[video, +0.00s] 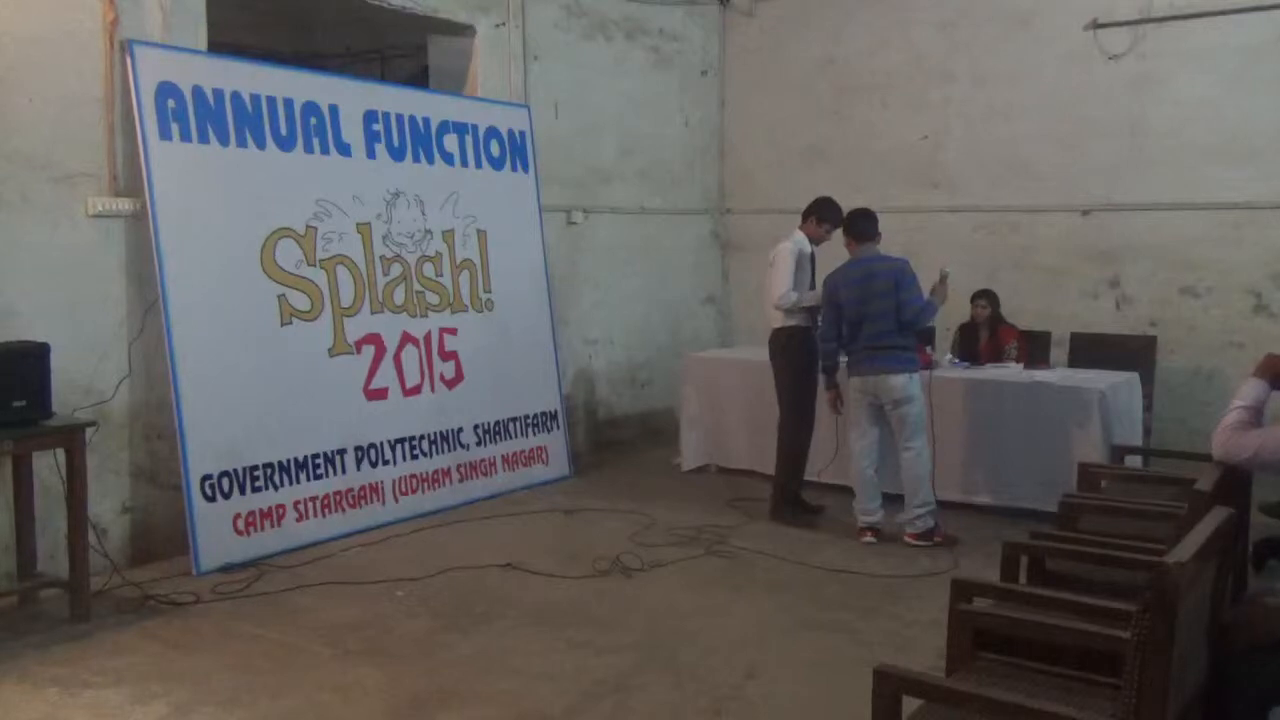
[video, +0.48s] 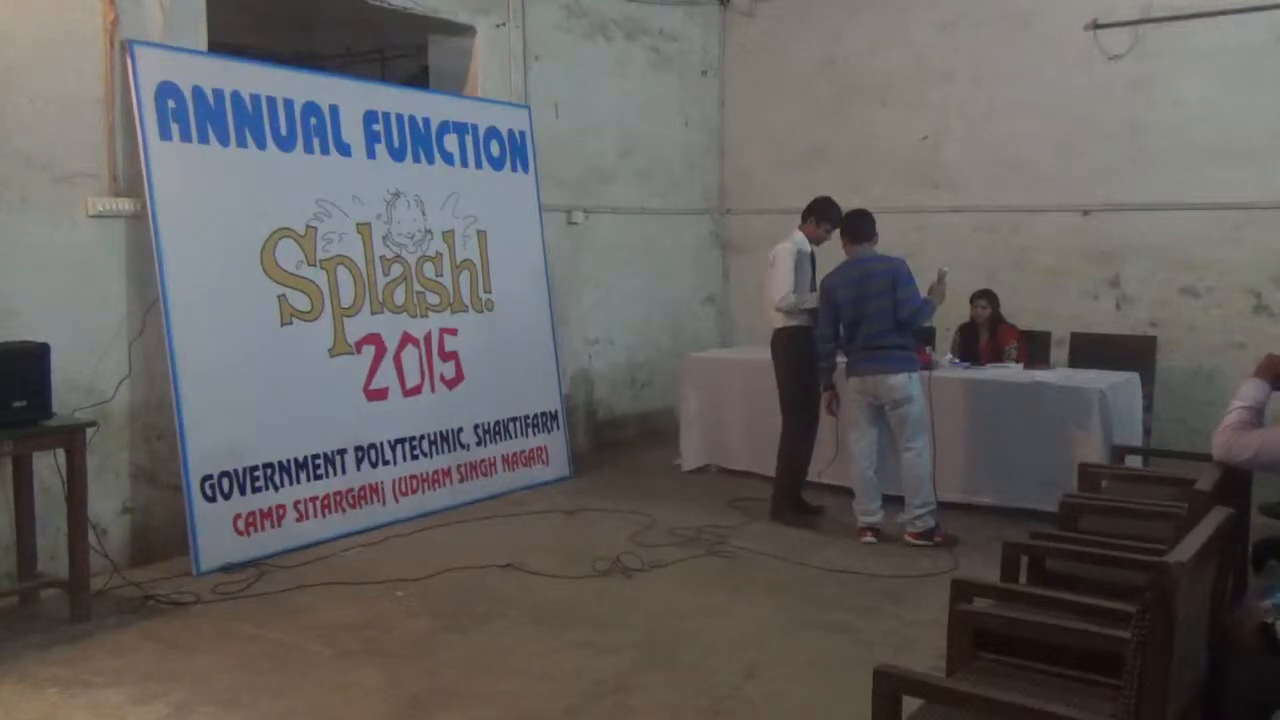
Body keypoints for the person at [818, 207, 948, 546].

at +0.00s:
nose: (847, 245)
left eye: (845, 240)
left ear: (847, 241)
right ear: (879, 237)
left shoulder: (835, 280)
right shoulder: (898, 268)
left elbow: (828, 337)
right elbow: (915, 319)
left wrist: (830, 383)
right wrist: (936, 300)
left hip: (859, 376)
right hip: (899, 375)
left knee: (863, 451)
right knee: (913, 447)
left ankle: (868, 524)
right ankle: (919, 524)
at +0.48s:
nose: (843, 245)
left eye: (842, 240)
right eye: (872, 237)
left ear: (843, 241)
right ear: (876, 238)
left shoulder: (832, 281)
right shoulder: (895, 268)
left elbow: (826, 338)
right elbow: (912, 318)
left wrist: (827, 385)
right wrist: (933, 299)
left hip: (858, 376)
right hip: (898, 374)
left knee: (862, 451)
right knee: (914, 446)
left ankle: (868, 525)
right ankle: (920, 524)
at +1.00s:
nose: (872, 241)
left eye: (842, 239)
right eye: (874, 236)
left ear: (843, 240)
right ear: (876, 237)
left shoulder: (832, 281)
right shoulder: (894, 267)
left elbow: (826, 338)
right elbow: (911, 317)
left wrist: (828, 386)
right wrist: (933, 298)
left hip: (859, 376)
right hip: (899, 374)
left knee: (863, 450)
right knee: (915, 446)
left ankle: (868, 525)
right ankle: (920, 524)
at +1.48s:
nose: (888, 240)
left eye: (887, 234)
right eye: (886, 234)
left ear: (851, 237)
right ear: (878, 234)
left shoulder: (835, 281)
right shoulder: (891, 267)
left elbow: (828, 338)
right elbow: (910, 316)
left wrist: (831, 386)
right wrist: (939, 293)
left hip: (860, 376)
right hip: (899, 374)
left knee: (864, 450)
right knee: (915, 447)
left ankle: (868, 524)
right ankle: (920, 525)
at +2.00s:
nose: (931, 234)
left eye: (931, 227)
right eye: (924, 228)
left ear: (900, 235)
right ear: (903, 233)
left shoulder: (878, 273)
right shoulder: (910, 274)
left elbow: (878, 331)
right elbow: (915, 330)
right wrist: (951, 306)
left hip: (884, 375)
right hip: (913, 378)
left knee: (884, 451)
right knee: (920, 454)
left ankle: (870, 522)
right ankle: (920, 527)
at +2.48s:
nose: (955, 234)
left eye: (956, 228)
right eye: (948, 228)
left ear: (943, 232)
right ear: (925, 231)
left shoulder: (934, 272)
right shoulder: (922, 276)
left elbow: (940, 328)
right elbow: (934, 334)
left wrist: (969, 308)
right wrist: (967, 303)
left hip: (941, 378)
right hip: (928, 380)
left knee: (949, 451)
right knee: (931, 452)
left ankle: (932, 519)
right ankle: (918, 528)